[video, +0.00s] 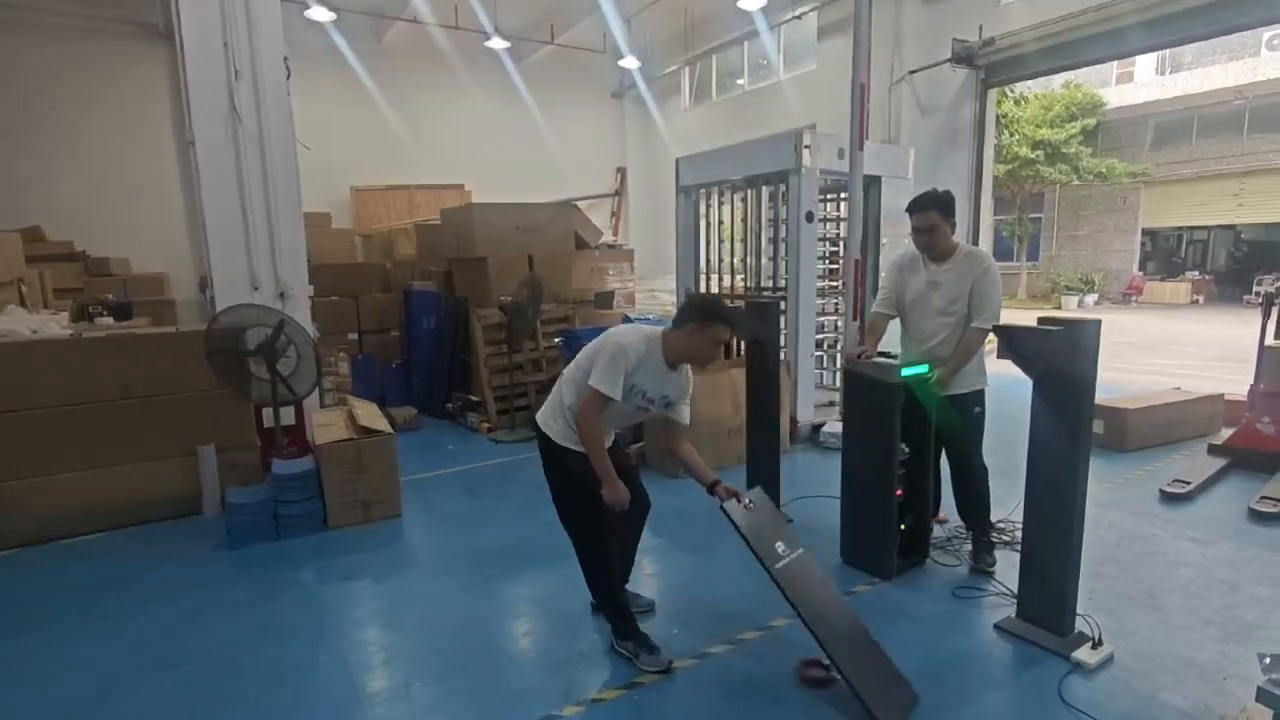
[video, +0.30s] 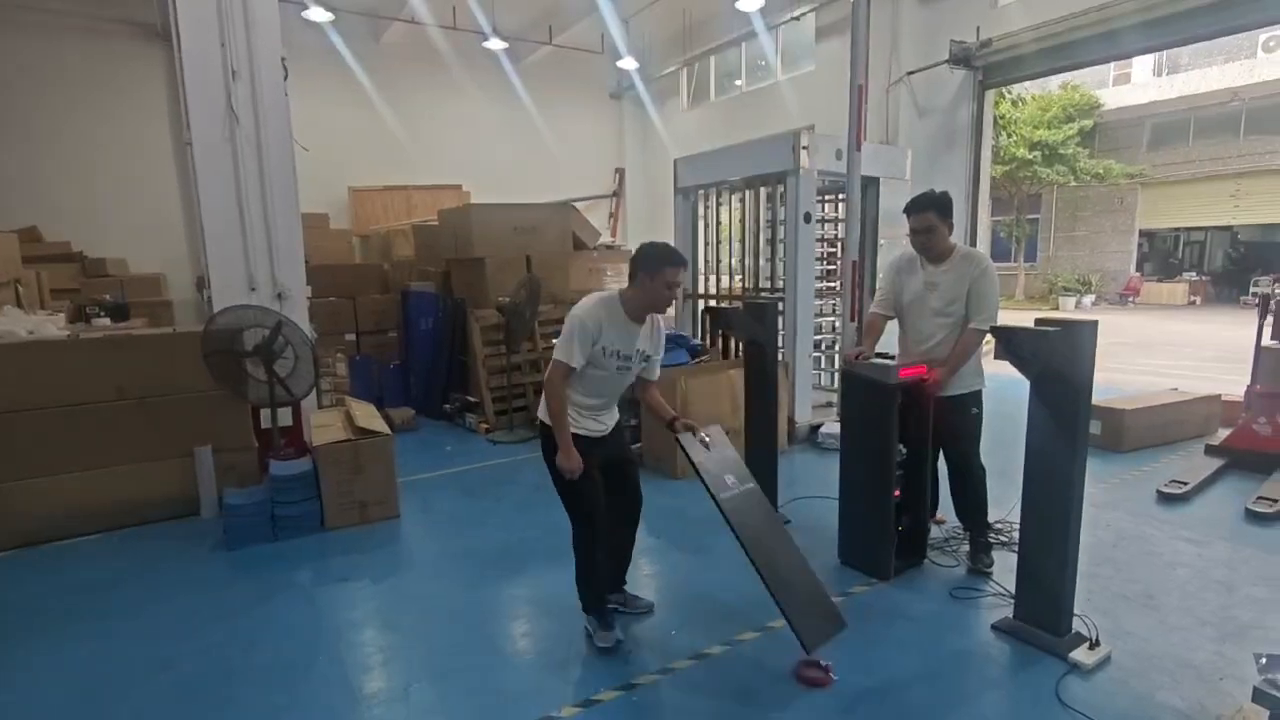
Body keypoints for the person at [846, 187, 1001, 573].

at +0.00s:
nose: (920, 239)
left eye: (929, 231)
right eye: (915, 231)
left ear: (952, 227)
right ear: (910, 229)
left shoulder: (979, 264)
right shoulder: (903, 264)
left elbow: (981, 326)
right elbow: (881, 311)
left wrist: (951, 369)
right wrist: (867, 345)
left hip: (963, 384)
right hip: (916, 382)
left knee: (967, 465)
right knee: (918, 465)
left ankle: (981, 538)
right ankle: (914, 544)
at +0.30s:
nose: (918, 241)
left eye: (926, 232)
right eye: (913, 233)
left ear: (949, 227)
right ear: (907, 230)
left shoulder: (977, 265)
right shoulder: (901, 265)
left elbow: (978, 326)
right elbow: (879, 311)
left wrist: (948, 369)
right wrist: (865, 346)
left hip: (960, 387)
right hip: (913, 386)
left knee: (965, 465)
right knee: (916, 468)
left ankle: (978, 539)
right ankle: (911, 546)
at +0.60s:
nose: (917, 242)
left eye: (924, 233)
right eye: (911, 234)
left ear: (948, 229)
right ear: (906, 232)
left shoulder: (976, 267)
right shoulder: (899, 266)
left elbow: (976, 328)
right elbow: (878, 312)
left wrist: (946, 370)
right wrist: (865, 347)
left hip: (958, 388)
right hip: (911, 387)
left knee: (963, 468)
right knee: (914, 468)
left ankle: (977, 540)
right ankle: (911, 544)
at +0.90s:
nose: (917, 243)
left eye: (924, 235)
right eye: (911, 235)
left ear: (948, 229)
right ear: (906, 233)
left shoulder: (976, 269)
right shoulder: (899, 267)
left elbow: (976, 329)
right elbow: (877, 314)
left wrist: (945, 372)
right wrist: (865, 348)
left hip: (959, 391)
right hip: (911, 389)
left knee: (964, 470)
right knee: (914, 471)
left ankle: (977, 542)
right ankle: (910, 547)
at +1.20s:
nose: (917, 244)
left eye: (925, 236)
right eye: (912, 236)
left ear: (949, 231)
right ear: (907, 234)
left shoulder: (977, 270)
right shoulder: (900, 269)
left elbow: (978, 331)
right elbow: (878, 315)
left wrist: (947, 373)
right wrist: (866, 349)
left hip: (959, 391)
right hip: (912, 390)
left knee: (964, 470)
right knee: (916, 471)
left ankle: (979, 543)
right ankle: (912, 547)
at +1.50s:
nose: (919, 245)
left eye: (927, 237)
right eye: (914, 237)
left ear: (951, 233)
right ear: (909, 235)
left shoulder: (979, 271)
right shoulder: (902, 270)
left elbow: (980, 332)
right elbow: (881, 316)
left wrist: (950, 374)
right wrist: (868, 351)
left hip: (962, 392)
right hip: (915, 390)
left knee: (967, 471)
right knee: (918, 472)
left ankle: (982, 544)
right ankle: (915, 549)